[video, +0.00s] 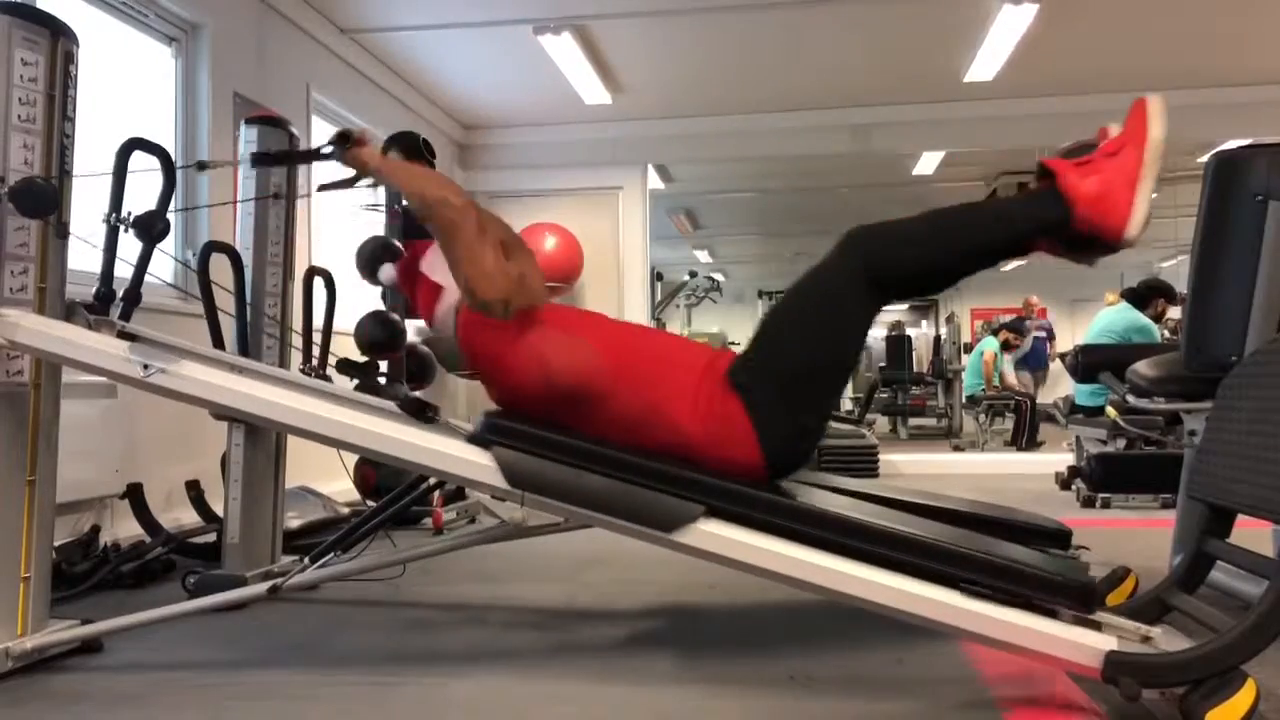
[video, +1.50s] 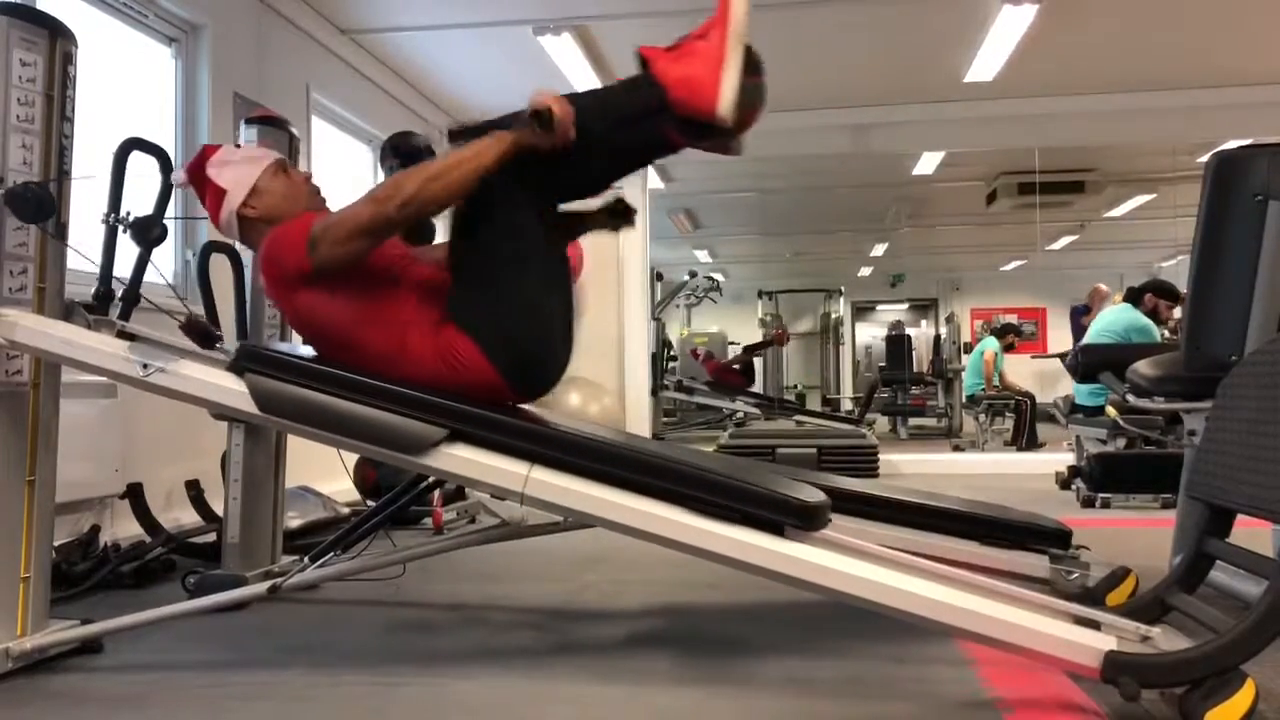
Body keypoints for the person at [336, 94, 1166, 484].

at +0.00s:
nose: (503, 246)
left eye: (483, 236)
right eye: (482, 245)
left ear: (444, 287)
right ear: (457, 274)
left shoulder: (509, 325)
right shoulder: (499, 326)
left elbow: (552, 246)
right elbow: (458, 211)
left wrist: (424, 194)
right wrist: (385, 164)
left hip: (742, 407)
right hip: (748, 425)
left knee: (858, 256)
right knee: (859, 261)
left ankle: (1061, 201)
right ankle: (1072, 203)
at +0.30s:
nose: (529, 252)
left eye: (523, 250)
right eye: (517, 251)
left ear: (480, 308)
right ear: (497, 287)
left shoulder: (545, 338)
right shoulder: (521, 334)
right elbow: (438, 239)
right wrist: (345, 217)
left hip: (778, 421)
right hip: (794, 437)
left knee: (906, 271)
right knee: (910, 276)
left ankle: (1113, 213)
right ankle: (1124, 223)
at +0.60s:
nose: (419, 253)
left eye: (410, 248)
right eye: (407, 255)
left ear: (432, 273)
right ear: (410, 297)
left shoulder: (499, 321)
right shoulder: (457, 343)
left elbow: (548, 252)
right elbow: (480, 228)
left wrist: (454, 190)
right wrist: (410, 155)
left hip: (700, 384)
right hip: (700, 410)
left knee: (795, 236)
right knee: (793, 237)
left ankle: (999, 186)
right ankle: (1005, 190)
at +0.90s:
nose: (339, 204)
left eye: (326, 195)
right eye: (319, 201)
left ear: (307, 230)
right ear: (294, 235)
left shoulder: (373, 287)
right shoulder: (329, 294)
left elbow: (491, 269)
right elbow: (417, 228)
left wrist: (556, 194)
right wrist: (473, 118)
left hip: (557, 353)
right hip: (558, 370)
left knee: (584, 180)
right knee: (574, 173)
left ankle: (765, 128)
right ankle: (766, 125)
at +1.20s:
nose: (297, 166)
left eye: (287, 157)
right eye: (273, 161)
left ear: (240, 198)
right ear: (233, 195)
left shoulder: (292, 251)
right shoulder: (277, 241)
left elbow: (429, 250)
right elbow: (401, 222)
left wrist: (579, 261)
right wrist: (535, 188)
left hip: (489, 341)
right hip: (482, 341)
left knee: (435, 156)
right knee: (433, 149)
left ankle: (635, 118)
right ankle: (618, 82)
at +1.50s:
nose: (305, 176)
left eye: (292, 166)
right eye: (284, 170)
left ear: (257, 204)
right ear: (250, 205)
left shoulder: (314, 262)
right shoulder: (285, 252)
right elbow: (395, 205)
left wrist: (585, 223)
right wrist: (514, 135)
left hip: (510, 346)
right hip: (501, 346)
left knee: (498, 163)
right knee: (501, 162)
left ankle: (684, 118)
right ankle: (673, 88)